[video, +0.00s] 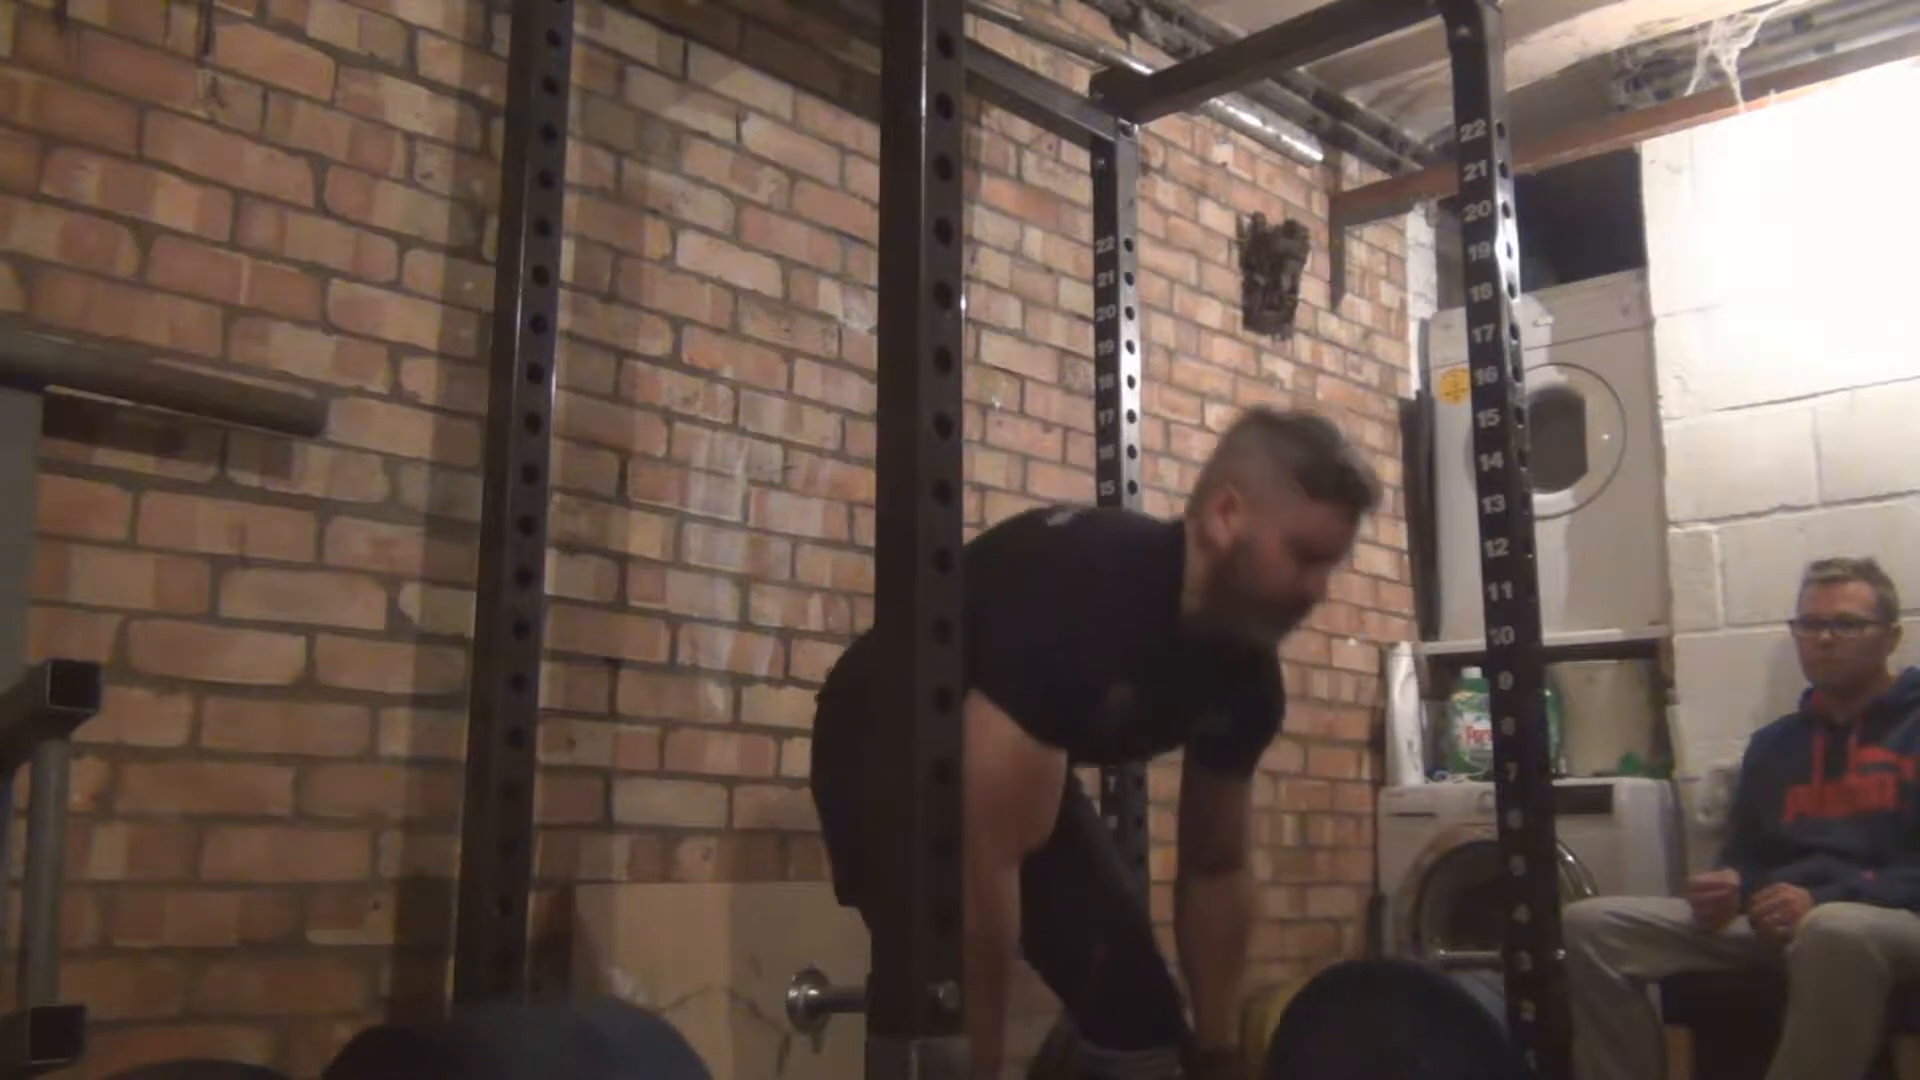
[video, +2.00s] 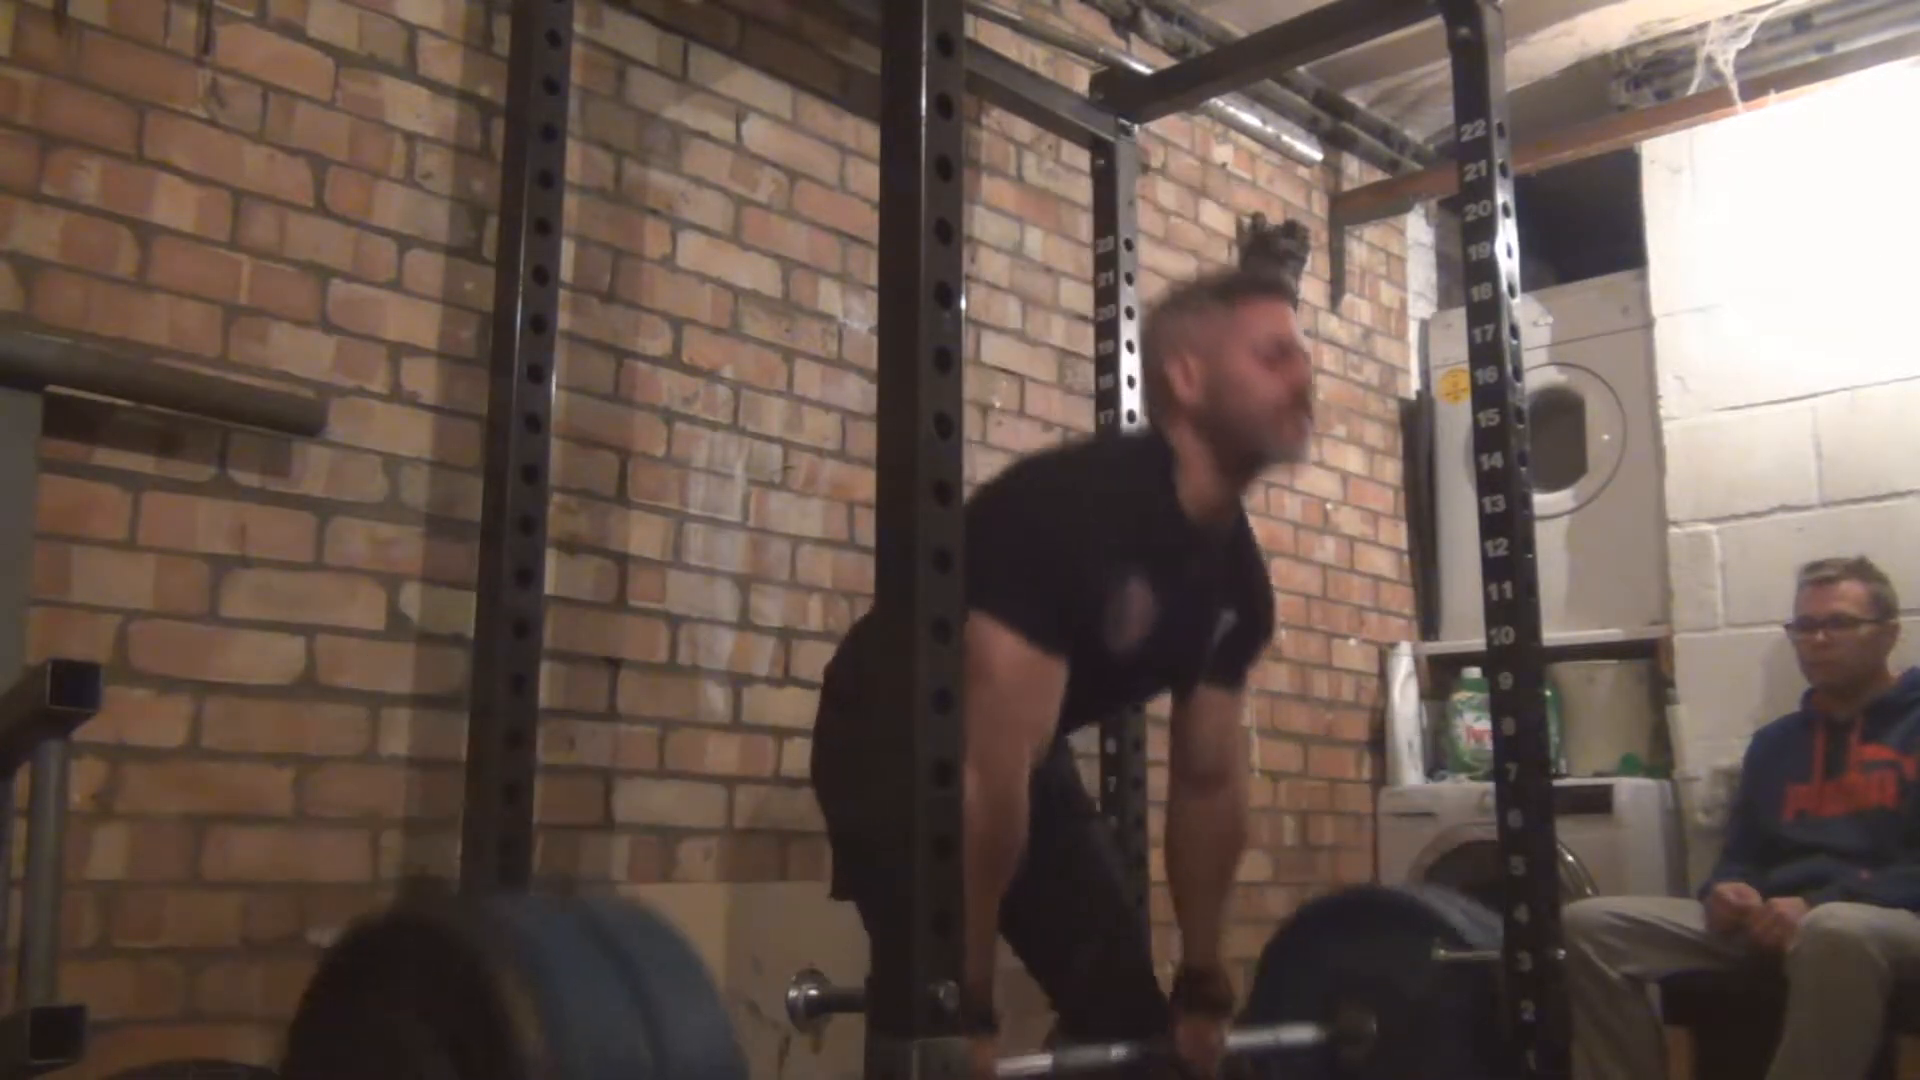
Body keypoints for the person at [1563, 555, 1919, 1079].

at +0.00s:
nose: (1824, 639)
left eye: (1845, 625)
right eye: (1810, 624)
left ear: (1890, 637)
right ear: (1794, 634)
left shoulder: (1914, 723)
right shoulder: (1774, 743)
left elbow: (1913, 875)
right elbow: (1746, 853)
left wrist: (1819, 900)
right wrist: (1730, 885)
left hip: (1894, 918)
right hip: (1773, 917)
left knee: (1832, 936)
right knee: (1589, 929)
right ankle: (1629, 1074)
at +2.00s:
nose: (1817, 640)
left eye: (1838, 624)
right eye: (1805, 626)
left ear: (1888, 635)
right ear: (1791, 635)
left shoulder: (1914, 719)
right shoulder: (1775, 742)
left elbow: (1915, 870)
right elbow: (1739, 855)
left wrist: (1818, 905)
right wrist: (1725, 892)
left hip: (1893, 919)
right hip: (1767, 917)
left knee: (1834, 936)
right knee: (1587, 929)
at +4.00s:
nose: (1821, 634)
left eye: (1842, 619)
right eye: (1808, 620)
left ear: (1892, 634)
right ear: (1794, 633)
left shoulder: (1912, 722)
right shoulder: (1775, 742)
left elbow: (1913, 871)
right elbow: (1740, 852)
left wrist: (1817, 906)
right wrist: (1725, 890)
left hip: (1891, 919)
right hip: (1765, 918)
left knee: (1833, 936)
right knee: (1591, 928)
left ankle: (1799, 1073)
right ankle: (1633, 1073)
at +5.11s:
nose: (1814, 639)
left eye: (1835, 623)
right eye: (1803, 625)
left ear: (1887, 633)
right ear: (1790, 636)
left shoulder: (1913, 722)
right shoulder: (1776, 742)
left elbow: (1913, 871)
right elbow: (1742, 849)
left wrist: (1817, 904)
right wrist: (1724, 889)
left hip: (1891, 918)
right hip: (1765, 916)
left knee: (1834, 937)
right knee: (1587, 928)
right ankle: (1630, 1072)